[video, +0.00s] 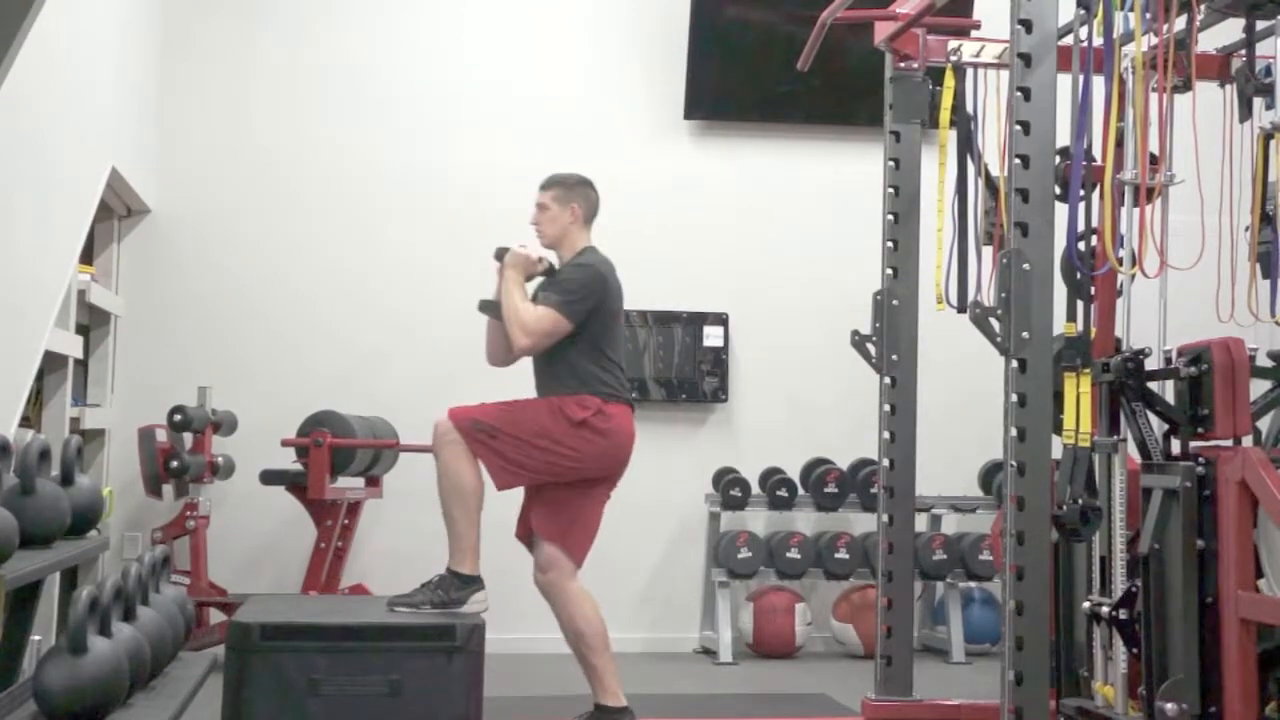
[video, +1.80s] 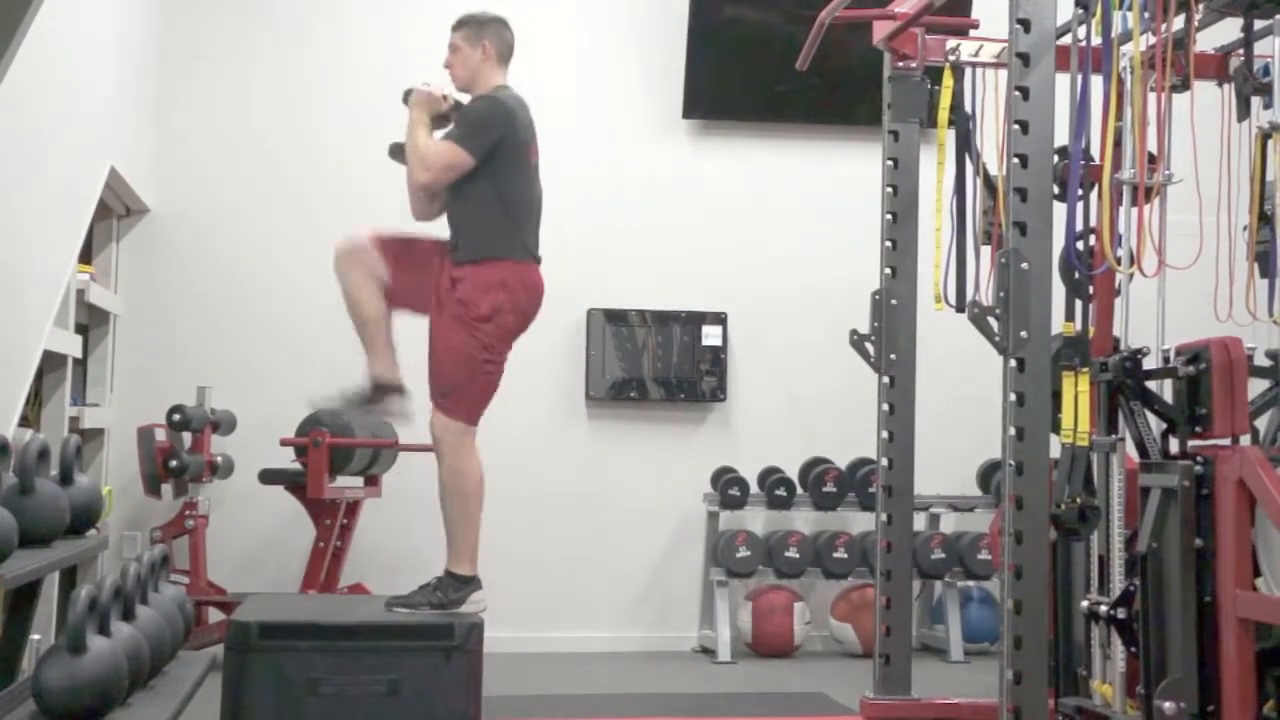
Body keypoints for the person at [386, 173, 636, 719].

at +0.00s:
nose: (534, 218)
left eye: (542, 208)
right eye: (535, 208)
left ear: (574, 213)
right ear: (569, 214)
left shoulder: (590, 271)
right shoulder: (564, 277)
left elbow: (526, 337)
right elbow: (500, 353)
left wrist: (513, 276)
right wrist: (506, 285)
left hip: (589, 420)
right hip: (597, 432)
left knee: (452, 429)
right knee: (553, 571)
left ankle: (462, 577)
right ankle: (612, 705)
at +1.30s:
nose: (487, 202)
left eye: (496, 192)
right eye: (489, 192)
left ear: (528, 196)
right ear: (523, 197)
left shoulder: (544, 254)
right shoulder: (519, 264)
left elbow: (477, 321)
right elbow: (453, 341)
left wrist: (462, 259)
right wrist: (454, 278)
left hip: (550, 406)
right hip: (559, 415)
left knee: (414, 441)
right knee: (540, 563)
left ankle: (457, 578)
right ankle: (604, 696)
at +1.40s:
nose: (461, 157)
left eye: (470, 147)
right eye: (463, 148)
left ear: (504, 150)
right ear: (502, 151)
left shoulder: (516, 208)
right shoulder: (497, 217)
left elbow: (451, 272)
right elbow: (428, 299)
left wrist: (436, 208)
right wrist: (428, 238)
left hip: (526, 364)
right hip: (543, 369)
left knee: (407, 443)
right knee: (521, 522)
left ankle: (458, 578)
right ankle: (568, 656)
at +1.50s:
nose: (453, 124)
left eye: (462, 113)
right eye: (454, 114)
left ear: (495, 116)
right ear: (493, 117)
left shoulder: (507, 174)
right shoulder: (490, 181)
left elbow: (440, 237)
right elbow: (423, 265)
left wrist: (425, 174)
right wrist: (419, 202)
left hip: (517, 331)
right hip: (520, 334)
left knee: (413, 439)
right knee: (461, 480)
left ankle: (456, 576)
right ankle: (541, 592)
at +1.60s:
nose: (451, 95)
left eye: (459, 85)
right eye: (452, 85)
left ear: (491, 87)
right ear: (490, 89)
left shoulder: (503, 146)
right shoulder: (487, 153)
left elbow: (434, 209)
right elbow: (422, 238)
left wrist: (422, 151)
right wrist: (420, 171)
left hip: (510, 307)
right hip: (501, 307)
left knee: (417, 424)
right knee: (416, 424)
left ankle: (458, 577)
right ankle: (499, 515)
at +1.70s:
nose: (449, 75)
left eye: (458, 63)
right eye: (451, 64)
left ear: (490, 64)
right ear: (490, 66)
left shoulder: (500, 120)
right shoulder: (484, 129)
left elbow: (433, 188)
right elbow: (426, 219)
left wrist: (421, 129)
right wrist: (425, 153)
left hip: (502, 290)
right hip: (469, 288)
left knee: (439, 430)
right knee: (368, 337)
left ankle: (461, 577)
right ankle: (437, 443)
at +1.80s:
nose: (446, 61)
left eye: (454, 50)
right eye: (448, 51)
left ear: (486, 51)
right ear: (486, 52)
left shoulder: (499, 108)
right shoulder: (478, 113)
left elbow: (428, 173)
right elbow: (424, 204)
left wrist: (418, 115)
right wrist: (424, 130)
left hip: (495, 281)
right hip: (460, 267)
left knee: (452, 430)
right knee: (356, 255)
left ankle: (461, 579)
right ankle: (385, 388)